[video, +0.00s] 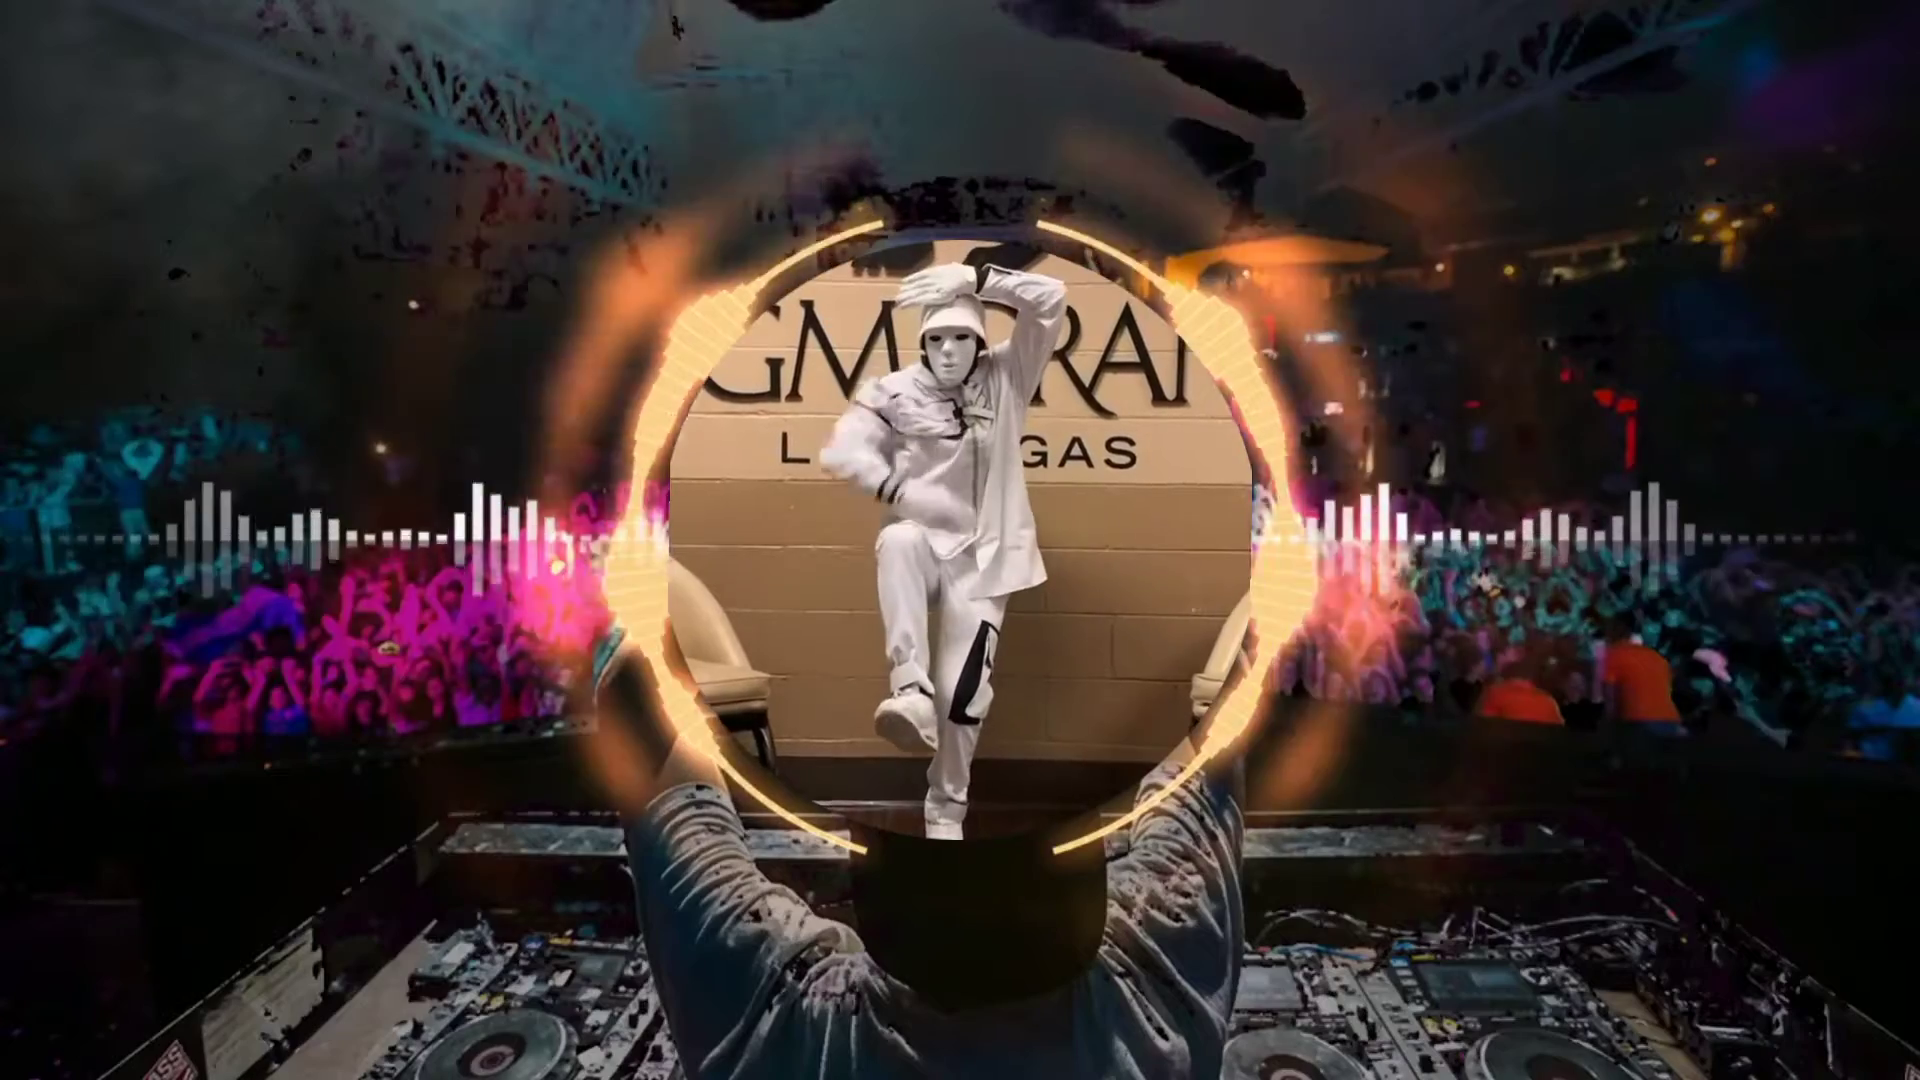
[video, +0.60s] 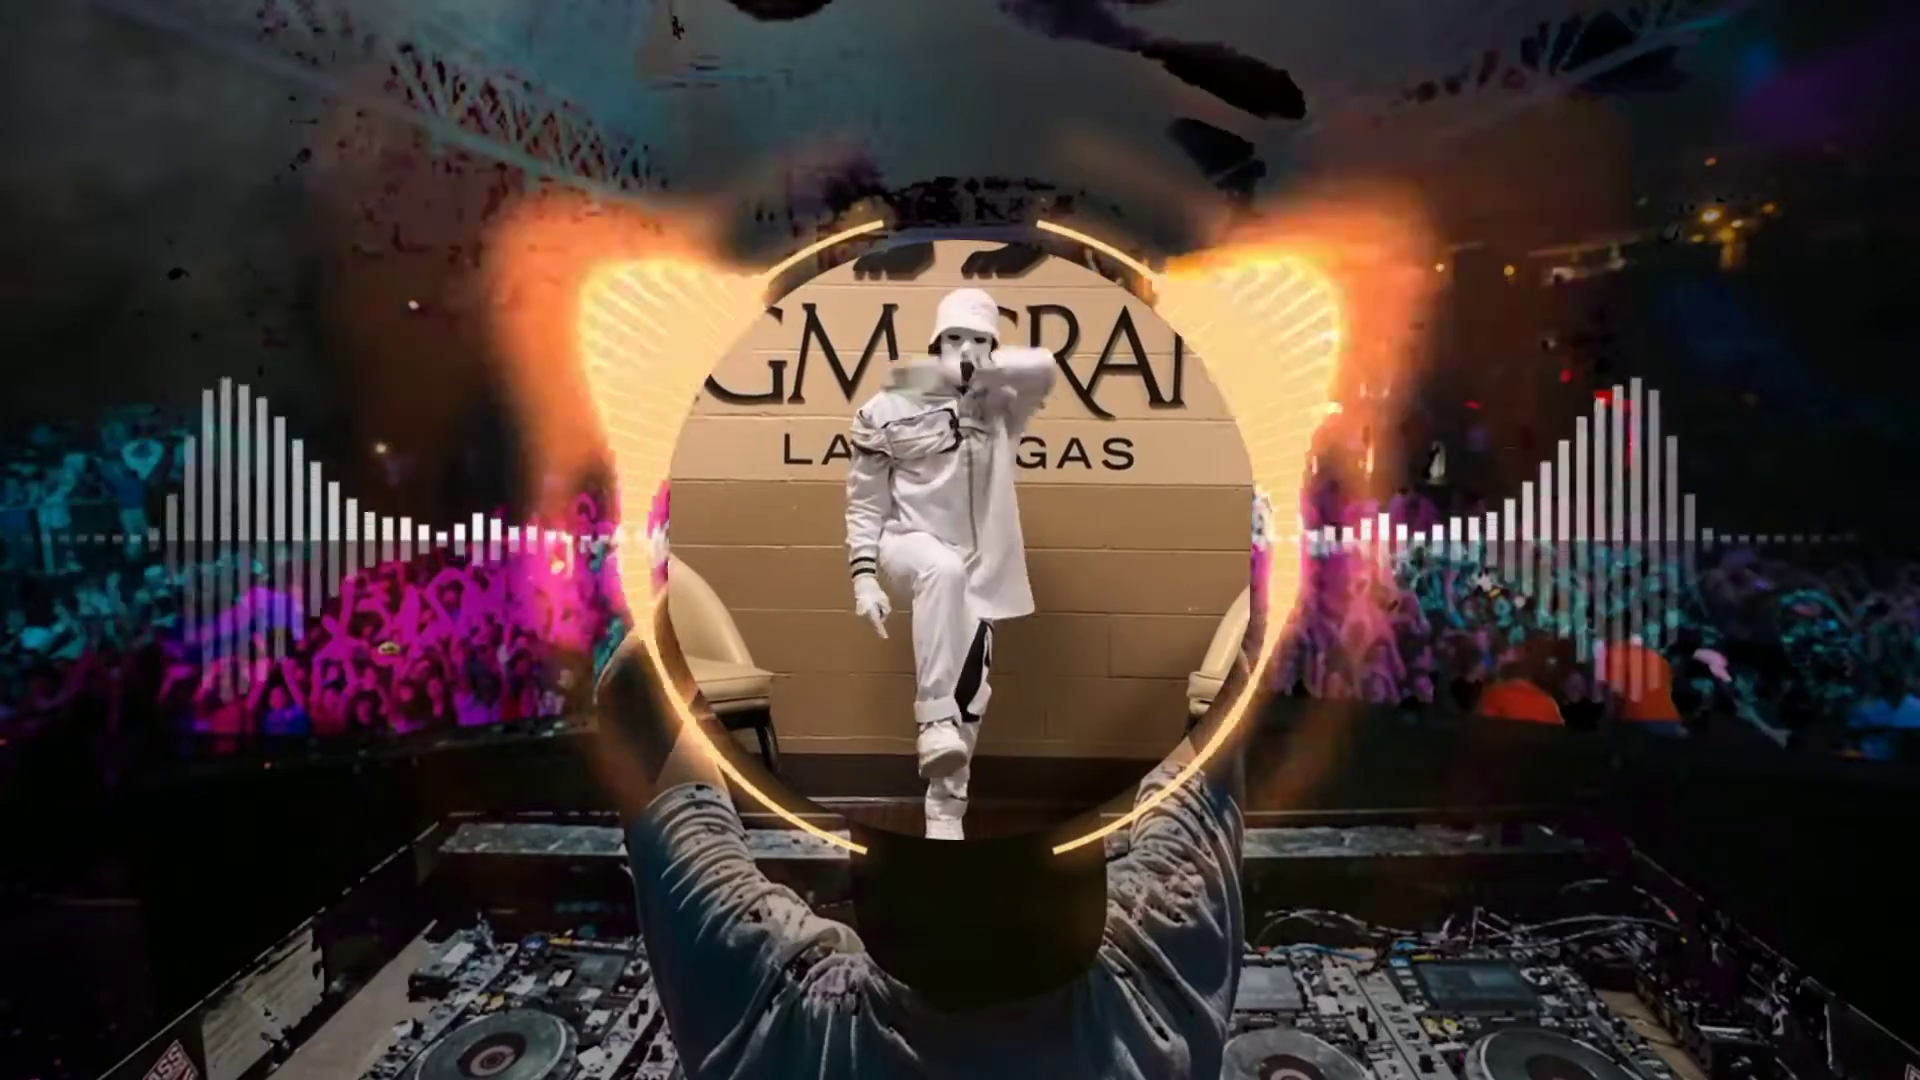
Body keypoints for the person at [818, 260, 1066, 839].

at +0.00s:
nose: (949, 351)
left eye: (961, 339)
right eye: (938, 340)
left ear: (978, 343)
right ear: (924, 345)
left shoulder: (1005, 379)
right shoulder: (893, 393)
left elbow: (1051, 301)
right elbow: (843, 451)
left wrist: (973, 277)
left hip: (987, 555)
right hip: (925, 550)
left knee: (964, 700)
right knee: (897, 538)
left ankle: (945, 820)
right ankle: (913, 695)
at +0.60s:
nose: (968, 353)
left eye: (979, 343)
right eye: (957, 341)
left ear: (994, 350)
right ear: (936, 344)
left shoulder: (1002, 405)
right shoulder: (886, 414)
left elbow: (1041, 367)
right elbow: (866, 502)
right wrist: (863, 572)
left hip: (980, 564)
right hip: (907, 544)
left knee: (966, 705)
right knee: (945, 567)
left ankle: (946, 816)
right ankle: (936, 718)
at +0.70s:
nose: (960, 349)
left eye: (972, 338)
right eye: (950, 337)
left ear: (988, 346)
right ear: (933, 342)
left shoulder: (1003, 395)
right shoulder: (886, 413)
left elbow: (1037, 430)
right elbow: (865, 506)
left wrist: (972, 449)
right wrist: (863, 581)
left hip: (983, 561)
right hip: (907, 546)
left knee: (963, 694)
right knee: (942, 567)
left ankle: (945, 814)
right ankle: (933, 716)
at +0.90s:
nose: (957, 350)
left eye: (969, 339)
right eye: (947, 337)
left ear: (984, 346)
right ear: (930, 342)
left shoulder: (1006, 411)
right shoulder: (887, 412)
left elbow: (1009, 499)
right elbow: (864, 504)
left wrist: (961, 482)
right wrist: (867, 580)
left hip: (978, 551)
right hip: (909, 543)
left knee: (963, 679)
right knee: (926, 597)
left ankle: (945, 809)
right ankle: (918, 744)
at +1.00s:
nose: (960, 350)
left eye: (972, 340)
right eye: (951, 338)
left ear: (987, 349)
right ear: (934, 345)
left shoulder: (1006, 419)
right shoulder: (887, 412)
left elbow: (992, 508)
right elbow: (862, 505)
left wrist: (949, 444)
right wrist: (850, 583)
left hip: (965, 580)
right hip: (895, 577)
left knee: (951, 697)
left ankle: (945, 815)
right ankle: (867, 802)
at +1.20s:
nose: (868, 343)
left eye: (879, 333)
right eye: (869, 332)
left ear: (915, 341)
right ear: (890, 339)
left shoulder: (966, 392)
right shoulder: (883, 398)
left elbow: (970, 487)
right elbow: (862, 482)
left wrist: (933, 409)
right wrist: (844, 552)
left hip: (936, 566)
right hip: (874, 562)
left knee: (914, 696)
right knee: (846, 685)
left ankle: (942, 814)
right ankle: (881, 799)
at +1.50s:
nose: (841, 332)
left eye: (850, 321)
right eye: (843, 320)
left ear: (881, 325)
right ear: (885, 326)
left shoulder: (932, 371)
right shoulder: (890, 382)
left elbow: (984, 437)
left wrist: (897, 455)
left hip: (931, 565)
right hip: (888, 562)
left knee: (884, 687)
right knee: (838, 665)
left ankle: (978, 800)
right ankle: (898, 791)